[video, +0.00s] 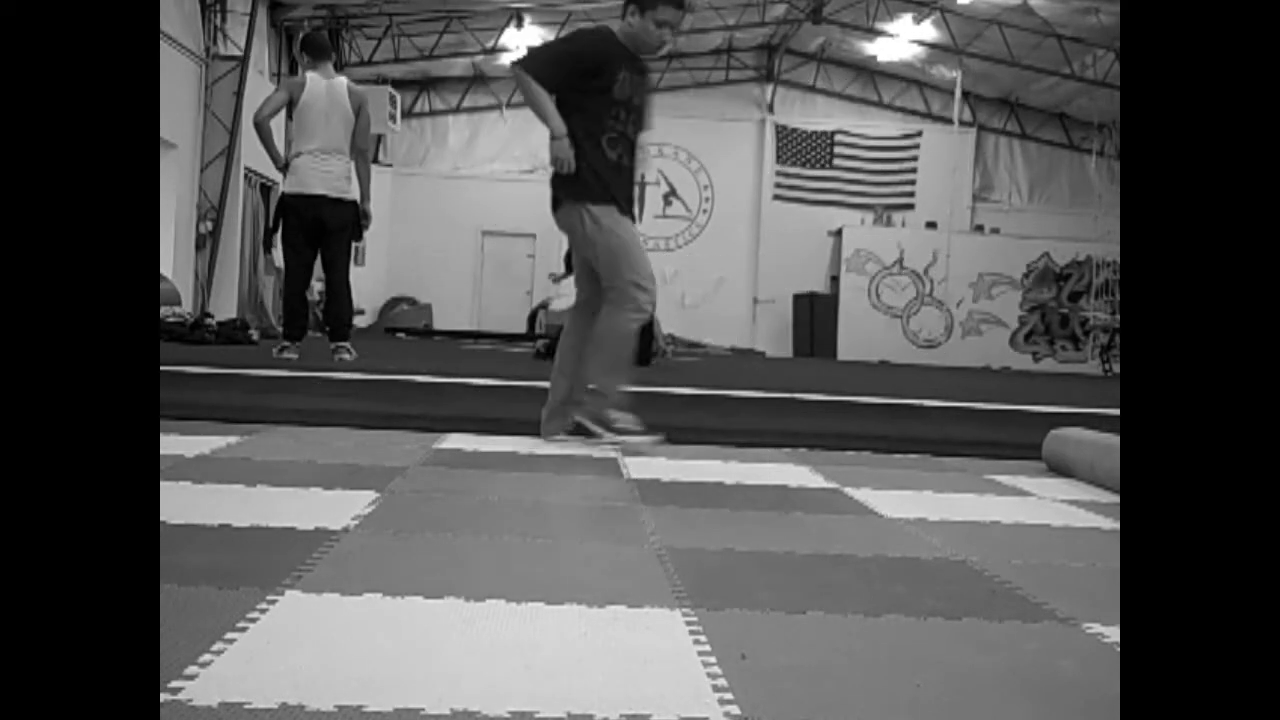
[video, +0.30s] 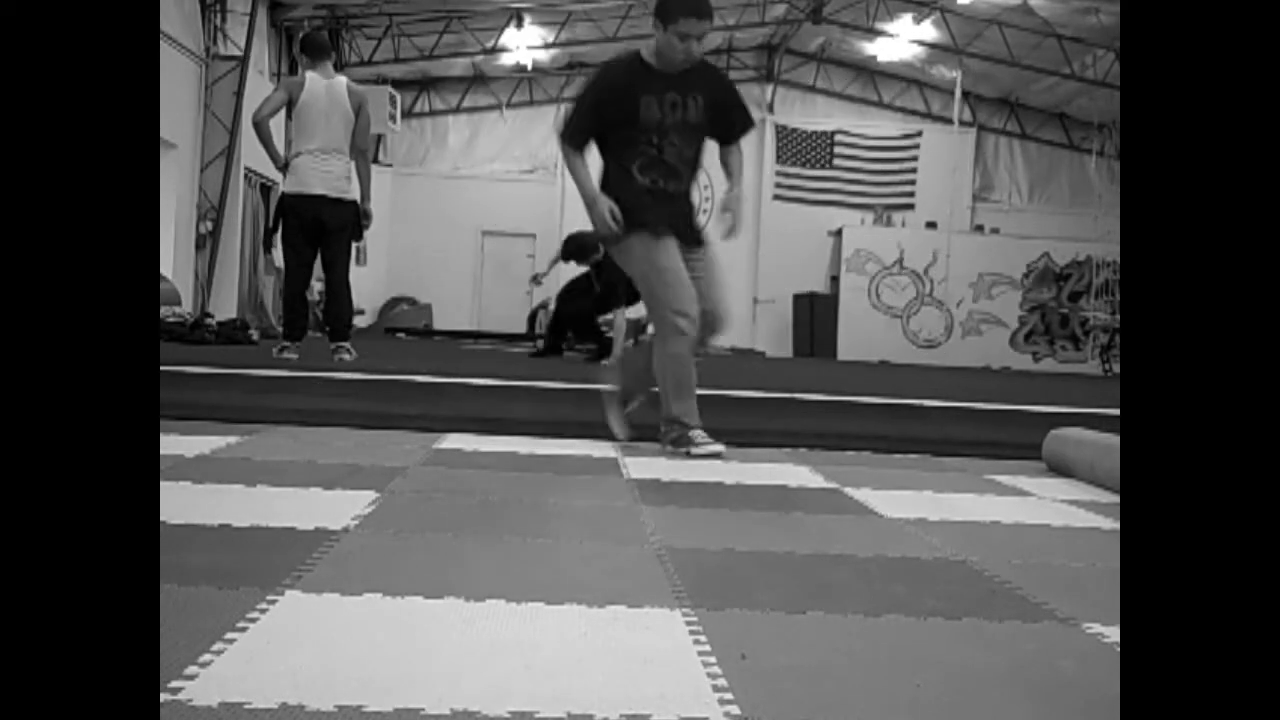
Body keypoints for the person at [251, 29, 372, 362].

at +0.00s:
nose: (299, 63)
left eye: (299, 58)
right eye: (301, 58)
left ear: (304, 57)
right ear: (332, 56)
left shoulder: (294, 85)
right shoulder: (356, 94)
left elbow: (260, 119)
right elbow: (362, 153)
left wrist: (278, 162)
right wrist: (365, 202)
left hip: (298, 194)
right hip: (340, 197)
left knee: (295, 274)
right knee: (338, 276)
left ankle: (290, 343)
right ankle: (341, 345)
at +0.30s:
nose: (300, 63)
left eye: (299, 59)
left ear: (303, 58)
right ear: (332, 56)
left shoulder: (293, 85)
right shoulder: (356, 94)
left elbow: (259, 118)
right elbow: (362, 153)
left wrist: (278, 161)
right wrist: (365, 202)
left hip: (298, 194)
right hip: (340, 197)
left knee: (295, 274)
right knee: (338, 276)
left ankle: (290, 343)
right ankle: (341, 345)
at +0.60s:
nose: (298, 60)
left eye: (298, 56)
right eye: (300, 55)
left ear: (302, 55)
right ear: (331, 54)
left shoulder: (293, 85)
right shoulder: (355, 94)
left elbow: (258, 118)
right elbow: (362, 152)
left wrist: (278, 161)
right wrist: (367, 202)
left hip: (298, 194)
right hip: (341, 197)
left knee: (295, 274)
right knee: (338, 276)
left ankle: (290, 344)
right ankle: (341, 345)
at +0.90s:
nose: (301, 63)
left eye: (300, 58)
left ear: (302, 57)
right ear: (331, 55)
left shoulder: (292, 85)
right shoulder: (355, 94)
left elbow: (259, 119)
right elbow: (361, 153)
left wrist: (278, 162)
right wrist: (365, 202)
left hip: (298, 194)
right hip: (340, 197)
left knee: (296, 274)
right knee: (338, 276)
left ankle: (290, 344)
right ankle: (341, 345)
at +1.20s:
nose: (299, 62)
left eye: (299, 58)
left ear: (302, 57)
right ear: (331, 55)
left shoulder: (292, 86)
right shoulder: (354, 94)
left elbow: (258, 120)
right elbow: (360, 152)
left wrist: (278, 162)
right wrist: (365, 201)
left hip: (298, 194)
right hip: (340, 196)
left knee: (295, 274)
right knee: (338, 276)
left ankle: (290, 344)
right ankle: (341, 345)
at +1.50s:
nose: (301, 64)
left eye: (300, 59)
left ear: (301, 58)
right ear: (330, 55)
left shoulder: (292, 86)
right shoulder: (353, 94)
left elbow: (258, 120)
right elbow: (360, 152)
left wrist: (278, 162)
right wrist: (366, 202)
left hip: (298, 195)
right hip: (340, 198)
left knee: (295, 274)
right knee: (338, 276)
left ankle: (290, 343)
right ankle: (341, 345)